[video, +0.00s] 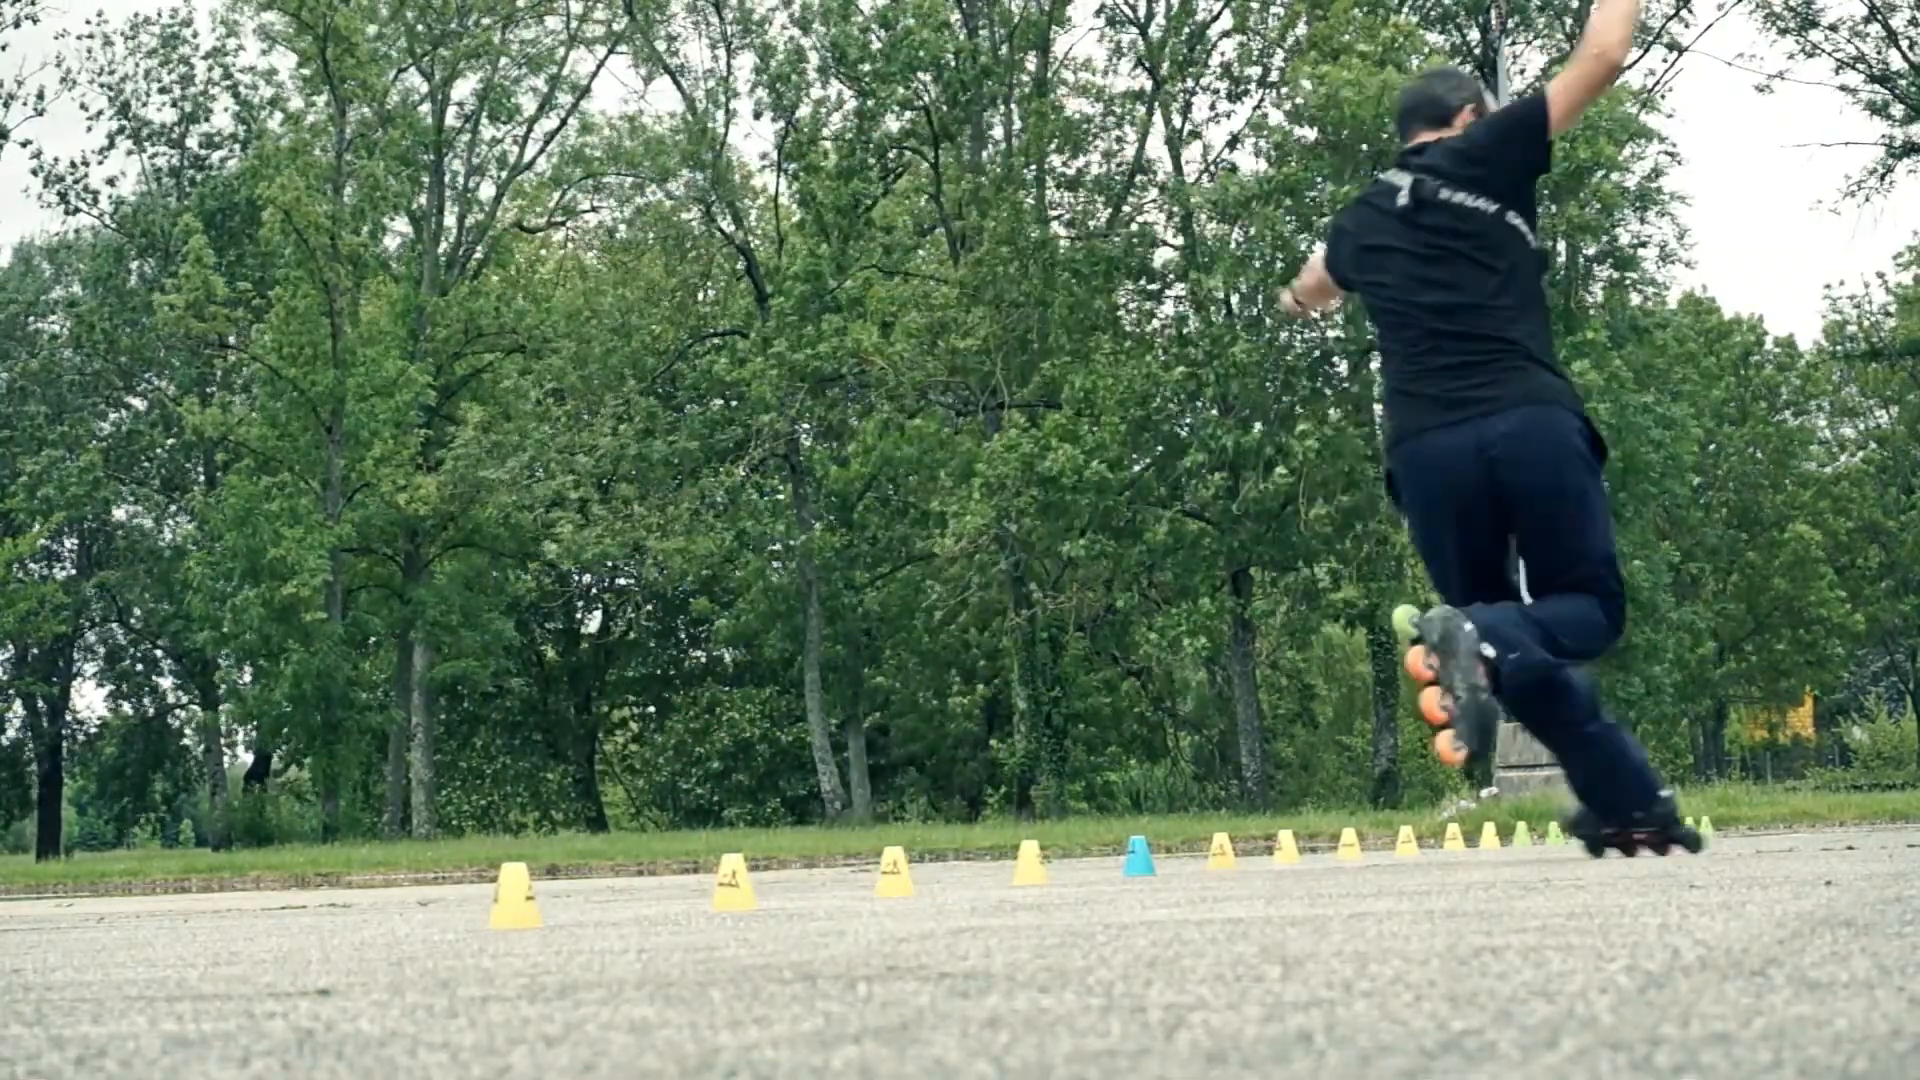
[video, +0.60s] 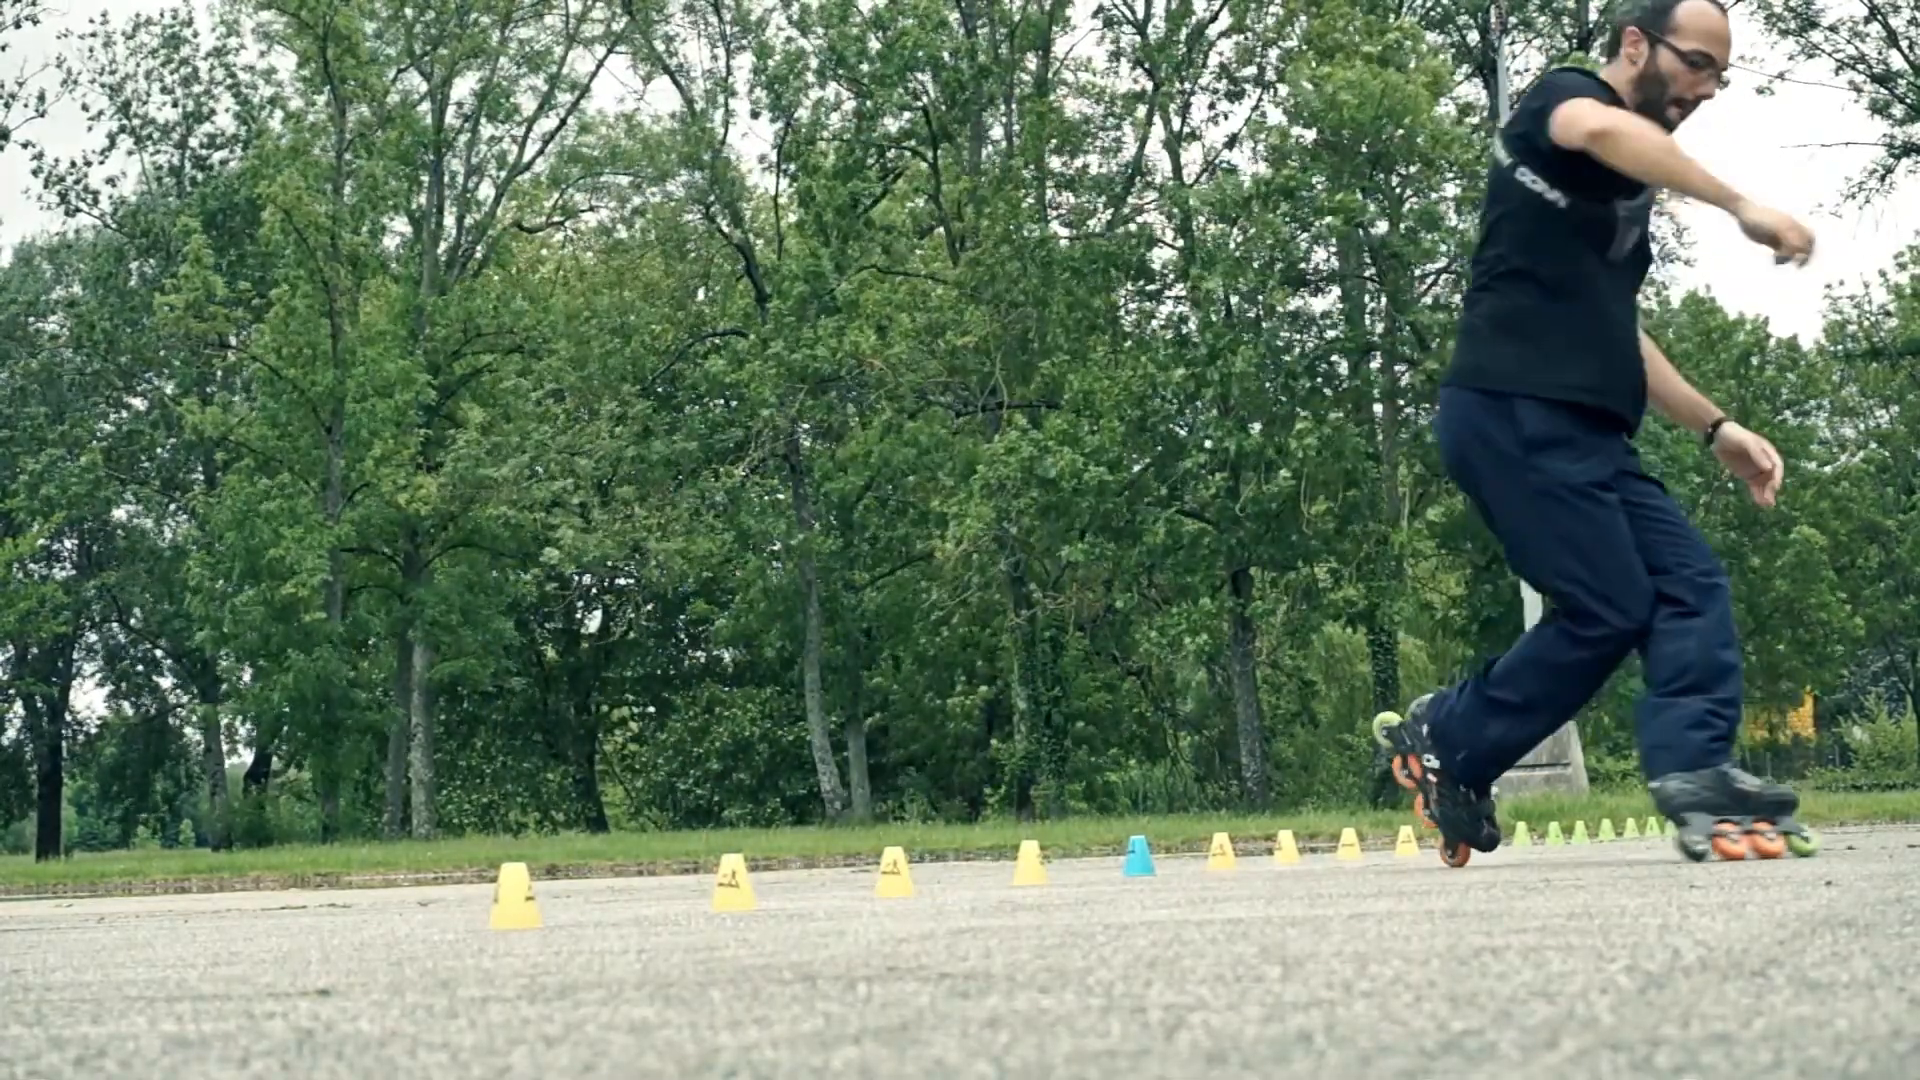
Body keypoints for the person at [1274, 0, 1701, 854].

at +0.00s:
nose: (1490, 122)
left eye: (1485, 114)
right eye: (1484, 113)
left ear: (1404, 130)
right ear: (1464, 117)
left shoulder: (1360, 219)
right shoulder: (1492, 149)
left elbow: (1309, 294)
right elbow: (1602, 56)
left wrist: (1314, 285)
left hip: (1426, 450)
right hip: (1530, 425)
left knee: (1504, 645)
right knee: (1591, 608)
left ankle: (1632, 807)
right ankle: (1482, 640)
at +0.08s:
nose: (1553, 116)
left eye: (1549, 106)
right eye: (1547, 105)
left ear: (1465, 119)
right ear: (1523, 108)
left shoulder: (1421, 205)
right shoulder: (1546, 139)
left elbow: (1372, 300)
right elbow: (1664, 54)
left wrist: (1353, 339)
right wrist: (1693, 3)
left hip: (1464, 437)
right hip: (1564, 412)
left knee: (1584, 633)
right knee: (1621, 608)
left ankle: (1704, 796)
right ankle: (1465, 665)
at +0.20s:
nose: (1654, 99)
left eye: (1648, 87)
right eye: (1642, 87)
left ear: (1554, 99)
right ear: (1604, 89)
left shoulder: (1494, 187)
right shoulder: (1613, 117)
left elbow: (1447, 317)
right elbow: (1752, 55)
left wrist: (1415, 396)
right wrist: (1795, 9)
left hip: (1503, 427)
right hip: (1593, 409)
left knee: (1670, 615)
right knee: (1655, 620)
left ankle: (1782, 793)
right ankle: (1484, 729)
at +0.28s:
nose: (1696, 95)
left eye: (1694, 84)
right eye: (1686, 83)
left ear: (1613, 78)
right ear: (1636, 76)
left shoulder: (1522, 181)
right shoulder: (1621, 113)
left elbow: (1493, 317)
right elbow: (1772, 72)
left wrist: (1473, 429)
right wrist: (1829, 67)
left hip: (1519, 423)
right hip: (1604, 401)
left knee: (1699, 606)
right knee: (1672, 612)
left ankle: (1800, 775)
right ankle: (1483, 730)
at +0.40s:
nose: (1727, 95)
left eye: (1728, 80)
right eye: (1718, 77)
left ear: (1648, 67)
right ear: (1665, 64)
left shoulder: (1562, 151)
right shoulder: (1628, 101)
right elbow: (1788, 91)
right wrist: (1851, 151)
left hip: (1534, 404)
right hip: (1592, 390)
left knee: (1724, 606)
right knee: (1675, 612)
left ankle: (1806, 774)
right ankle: (1463, 737)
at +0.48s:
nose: (1731, 96)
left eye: (1736, 81)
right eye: (1720, 75)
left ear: (1663, 67)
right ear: (1662, 58)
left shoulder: (1613, 152)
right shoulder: (1610, 100)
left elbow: (1584, 320)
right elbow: (1748, 110)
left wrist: (1661, 467)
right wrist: (1834, 188)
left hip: (1596, 404)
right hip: (1561, 396)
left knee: (1718, 595)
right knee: (1657, 610)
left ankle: (1776, 763)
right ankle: (1456, 739)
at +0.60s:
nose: (1705, 89)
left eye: (1717, 74)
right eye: (1694, 63)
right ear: (1632, 45)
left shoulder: (1632, 174)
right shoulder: (1562, 89)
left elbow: (1614, 331)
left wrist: (1716, 429)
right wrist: (1740, 203)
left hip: (1591, 428)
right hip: (1511, 413)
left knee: (1688, 582)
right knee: (1610, 607)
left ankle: (1691, 766)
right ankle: (1449, 744)